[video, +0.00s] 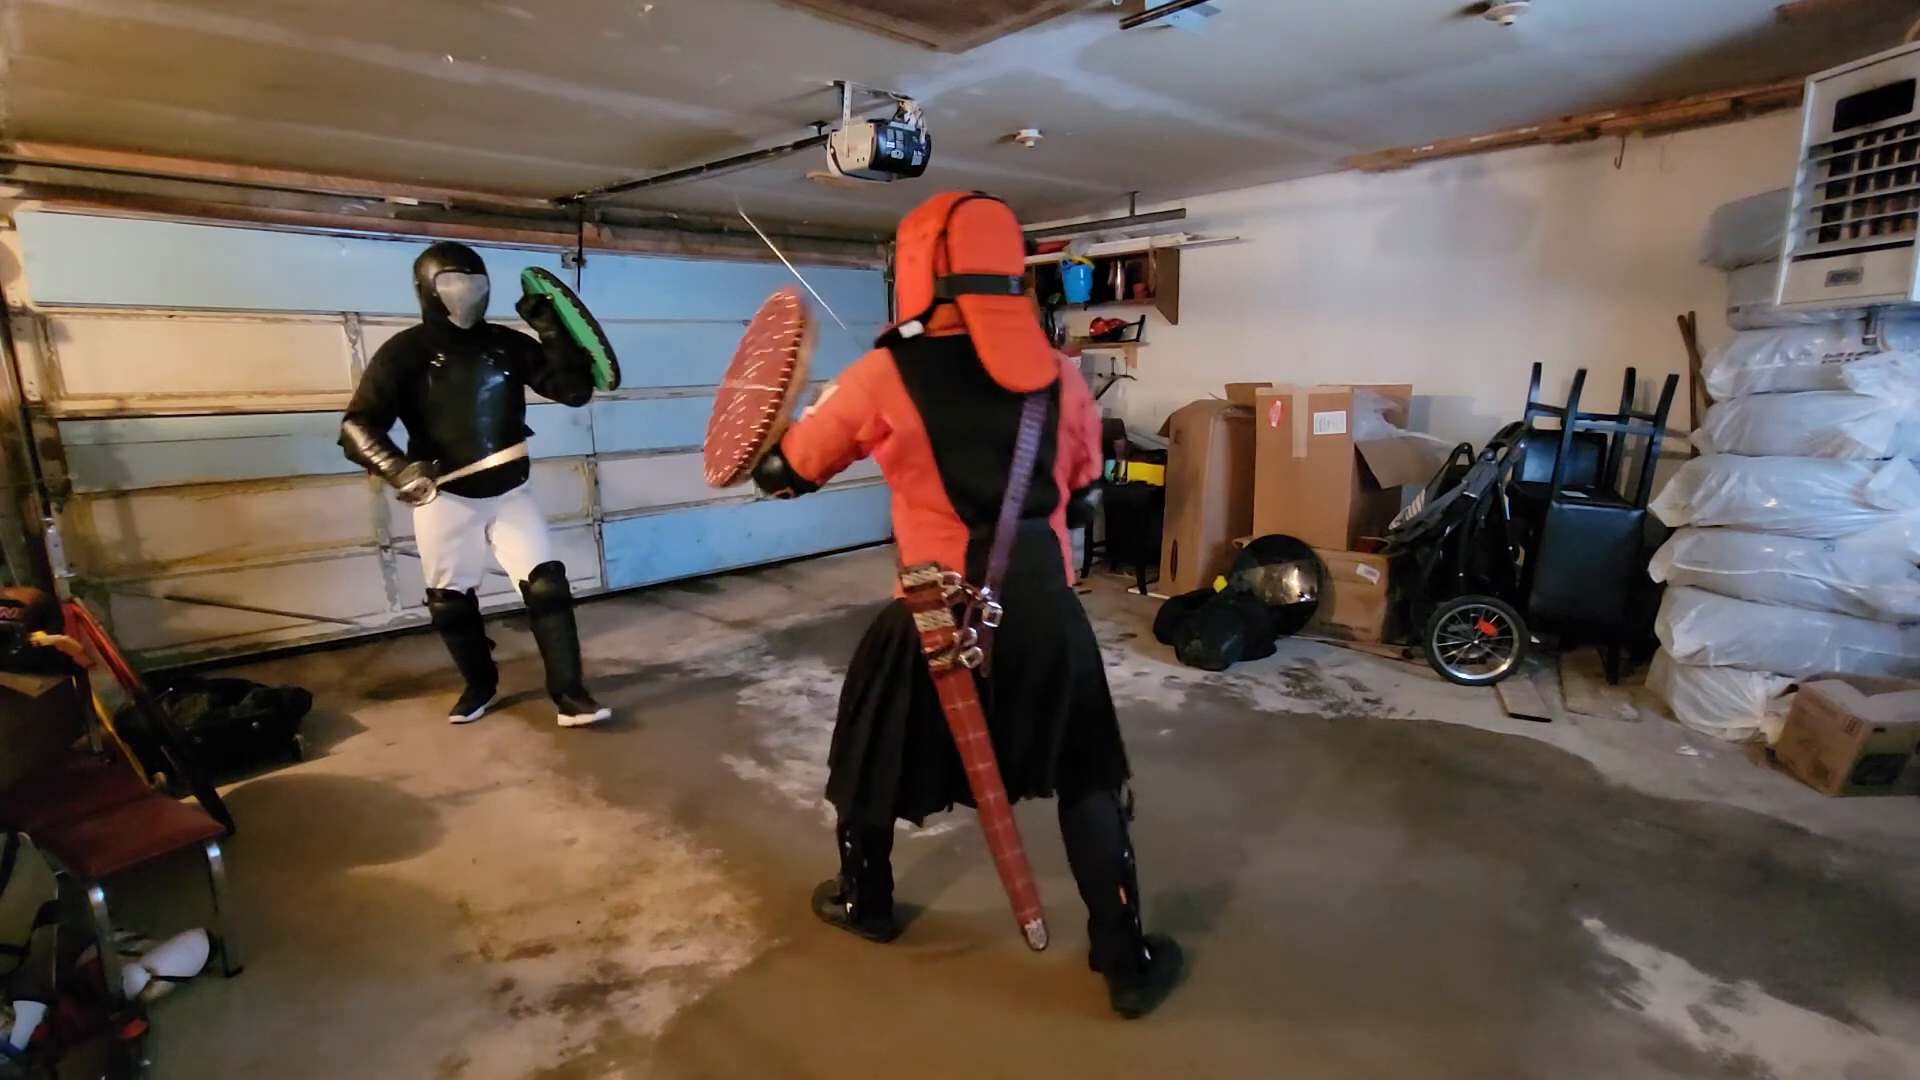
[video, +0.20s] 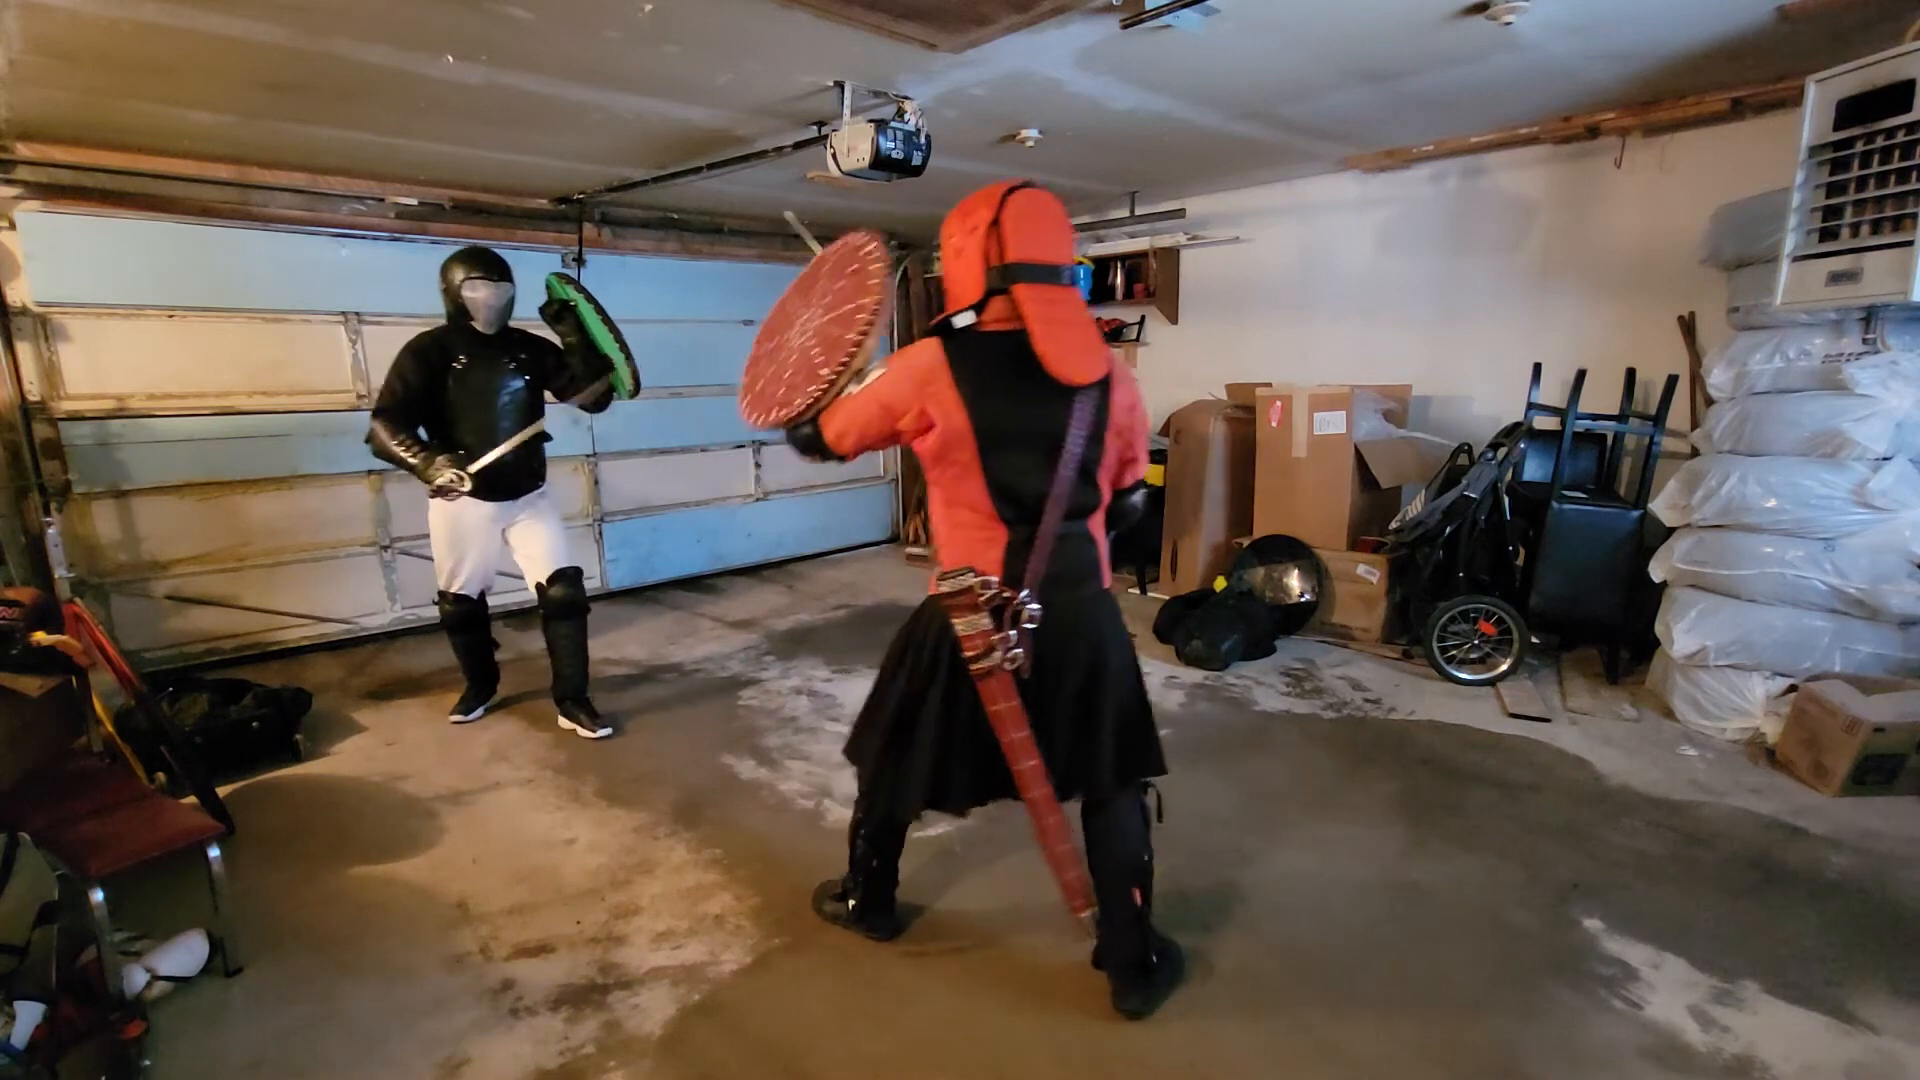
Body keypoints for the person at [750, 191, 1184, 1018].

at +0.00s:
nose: (896, 281)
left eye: (903, 267)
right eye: (900, 266)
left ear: (924, 274)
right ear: (1010, 272)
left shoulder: (886, 373)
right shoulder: (1061, 376)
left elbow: (803, 459)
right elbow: (1081, 482)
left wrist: (773, 453)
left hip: (933, 612)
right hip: (1046, 610)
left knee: (870, 744)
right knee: (1087, 772)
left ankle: (868, 897)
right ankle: (1126, 962)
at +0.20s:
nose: (943, 273)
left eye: (949, 260)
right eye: (950, 260)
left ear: (970, 267)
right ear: (1062, 264)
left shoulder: (934, 366)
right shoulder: (1107, 377)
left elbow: (833, 433)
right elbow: (1124, 489)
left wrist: (809, 391)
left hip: (967, 614)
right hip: (1080, 612)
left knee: (897, 746)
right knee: (1112, 774)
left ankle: (871, 893)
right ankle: (1131, 961)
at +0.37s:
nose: (970, 263)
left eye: (976, 249)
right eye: (976, 249)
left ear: (995, 255)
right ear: (1088, 254)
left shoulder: (960, 354)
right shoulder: (1135, 368)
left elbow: (849, 411)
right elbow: (1146, 500)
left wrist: (820, 374)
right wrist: (1123, 576)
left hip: (985, 600)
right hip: (1100, 603)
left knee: (912, 724)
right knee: (1123, 771)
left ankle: (876, 876)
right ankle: (1134, 960)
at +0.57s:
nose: (958, 268)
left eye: (965, 255)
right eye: (966, 255)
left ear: (984, 262)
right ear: (1075, 260)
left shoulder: (945, 360)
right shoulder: (1120, 370)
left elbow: (841, 428)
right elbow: (1137, 497)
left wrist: (831, 375)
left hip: (975, 608)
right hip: (1087, 610)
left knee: (919, 733)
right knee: (1114, 775)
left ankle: (872, 868)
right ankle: (1131, 962)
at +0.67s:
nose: (935, 276)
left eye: (941, 263)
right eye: (941, 264)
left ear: (960, 269)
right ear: (1046, 266)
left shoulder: (921, 365)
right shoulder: (1095, 372)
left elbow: (826, 443)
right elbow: (1110, 485)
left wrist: (809, 397)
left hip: (956, 605)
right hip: (1068, 606)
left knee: (899, 721)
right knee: (1102, 775)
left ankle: (866, 866)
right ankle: (1127, 959)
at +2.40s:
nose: (948, 305)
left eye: (951, 293)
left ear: (959, 298)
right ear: (1040, 297)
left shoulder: (927, 384)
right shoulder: (1093, 390)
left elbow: (847, 431)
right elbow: (1132, 509)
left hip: (962, 611)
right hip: (1073, 610)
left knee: (887, 726)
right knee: (1124, 745)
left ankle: (851, 856)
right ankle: (1151, 908)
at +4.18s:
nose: (1045, 292)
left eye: (1051, 281)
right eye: (1048, 280)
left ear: (1068, 286)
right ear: (1141, 286)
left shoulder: (1032, 369)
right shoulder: (1190, 373)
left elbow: (956, 449)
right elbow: (1226, 492)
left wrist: (934, 391)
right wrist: (1170, 517)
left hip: (1057, 578)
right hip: (1164, 580)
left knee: (985, 694)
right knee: (1207, 726)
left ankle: (974, 834)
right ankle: (1236, 890)